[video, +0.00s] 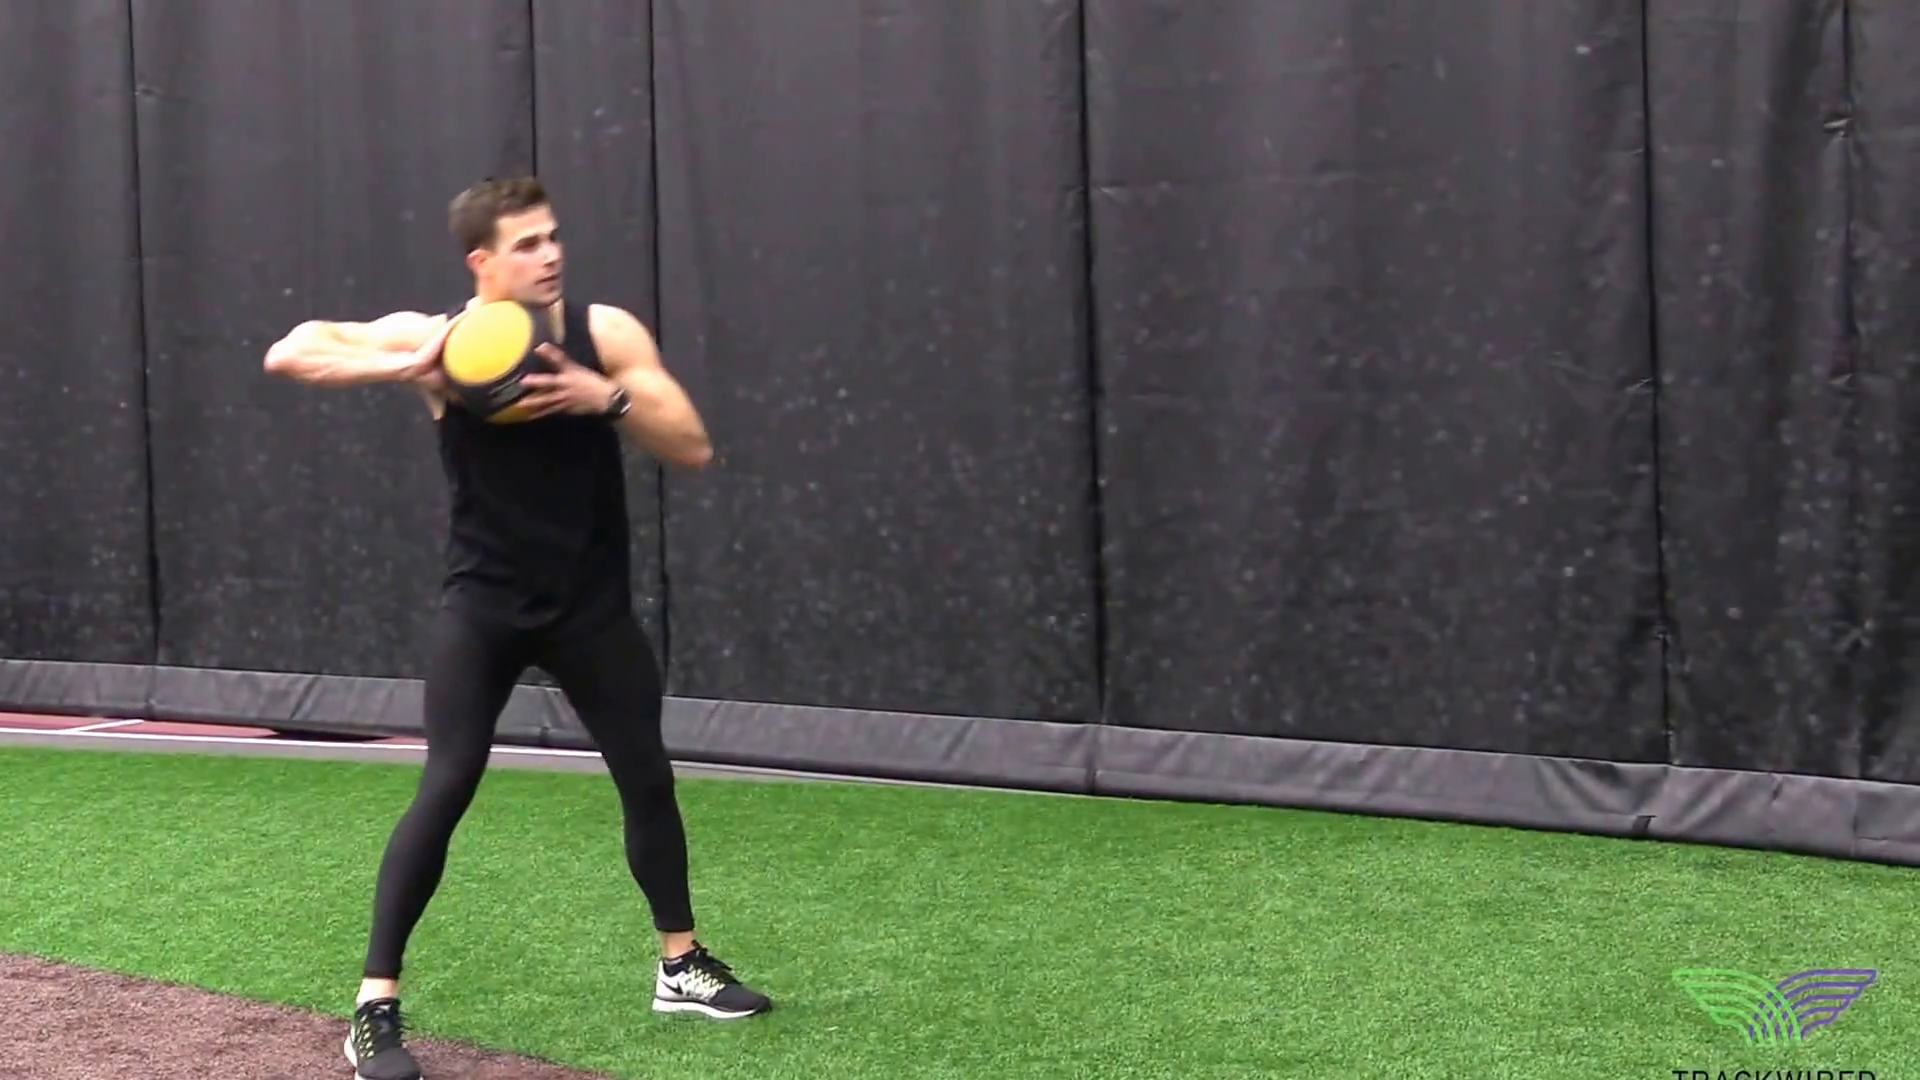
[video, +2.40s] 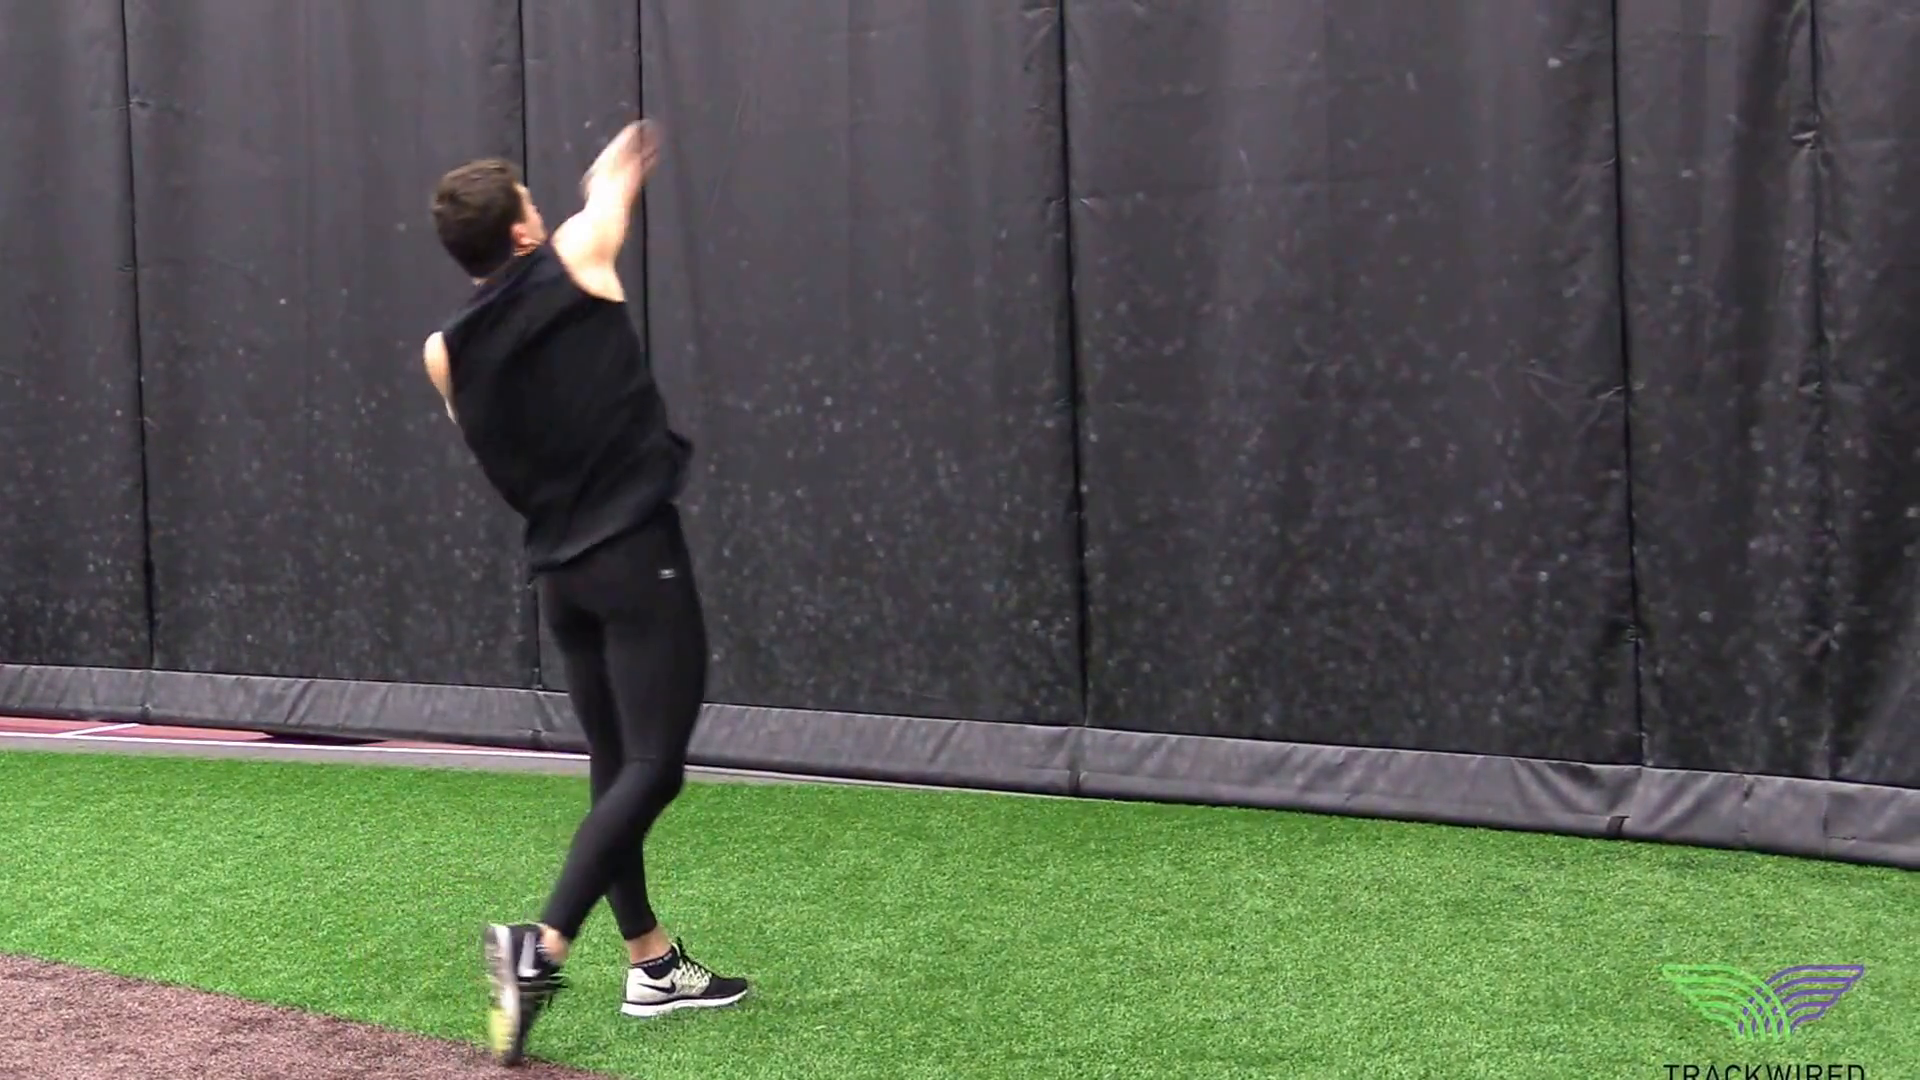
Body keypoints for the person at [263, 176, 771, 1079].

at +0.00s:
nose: (551, 257)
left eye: (554, 239)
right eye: (529, 246)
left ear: (562, 246)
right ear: (480, 265)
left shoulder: (608, 333)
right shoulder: (442, 338)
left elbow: (696, 449)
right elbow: (287, 354)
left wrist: (612, 397)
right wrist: (400, 362)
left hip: (592, 604)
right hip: (484, 604)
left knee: (648, 775)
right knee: (449, 782)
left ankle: (682, 962)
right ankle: (378, 994)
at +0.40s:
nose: (455, 352)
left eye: (456, 332)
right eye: (432, 344)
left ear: (464, 322)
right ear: (382, 362)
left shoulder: (517, 397)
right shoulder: (340, 411)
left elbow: (601, 518)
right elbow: (189, 425)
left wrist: (501, 496)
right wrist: (292, 455)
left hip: (542, 619)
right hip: (431, 629)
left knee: (638, 782)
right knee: (415, 796)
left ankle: (690, 938)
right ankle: (377, 1010)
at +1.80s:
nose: (494, 338)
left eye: (486, 326)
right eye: (475, 337)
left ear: (481, 339)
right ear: (431, 370)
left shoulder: (529, 382)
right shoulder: (384, 451)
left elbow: (648, 457)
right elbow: (249, 517)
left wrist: (569, 429)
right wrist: (372, 483)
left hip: (539, 651)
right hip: (454, 667)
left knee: (680, 770)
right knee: (492, 822)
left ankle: (657, 965)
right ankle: (390, 1013)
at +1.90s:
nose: (501, 287)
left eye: (493, 276)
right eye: (485, 283)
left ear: (469, 307)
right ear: (450, 316)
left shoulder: (527, 360)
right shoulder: (410, 417)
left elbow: (656, 386)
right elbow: (319, 504)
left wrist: (590, 355)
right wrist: (433, 432)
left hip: (557, 637)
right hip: (487, 651)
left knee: (679, 767)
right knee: (521, 818)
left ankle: (662, 963)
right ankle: (392, 1002)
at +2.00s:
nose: (502, 248)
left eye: (493, 237)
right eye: (488, 243)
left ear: (460, 280)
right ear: (462, 277)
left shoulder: (522, 334)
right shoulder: (447, 378)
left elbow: (627, 338)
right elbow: (430, 448)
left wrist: (607, 294)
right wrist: (530, 347)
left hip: (573, 618)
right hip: (529, 627)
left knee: (665, 763)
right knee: (550, 810)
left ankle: (662, 963)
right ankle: (395, 985)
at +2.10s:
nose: (493, 222)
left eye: (482, 214)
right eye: (482, 218)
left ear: (443, 262)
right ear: (468, 248)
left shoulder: (468, 323)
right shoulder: (489, 330)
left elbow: (557, 310)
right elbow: (581, 308)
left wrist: (596, 241)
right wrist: (641, 219)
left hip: (577, 590)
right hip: (567, 594)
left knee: (640, 766)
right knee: (578, 787)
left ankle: (661, 960)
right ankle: (412, 950)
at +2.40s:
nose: (539, 206)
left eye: (528, 199)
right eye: (533, 200)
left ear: (460, 257)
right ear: (526, 224)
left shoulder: (447, 356)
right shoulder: (584, 257)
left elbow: (493, 434)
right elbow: (625, 164)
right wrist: (627, 146)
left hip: (560, 576)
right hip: (638, 558)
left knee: (615, 771)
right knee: (656, 767)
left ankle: (653, 965)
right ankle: (541, 941)